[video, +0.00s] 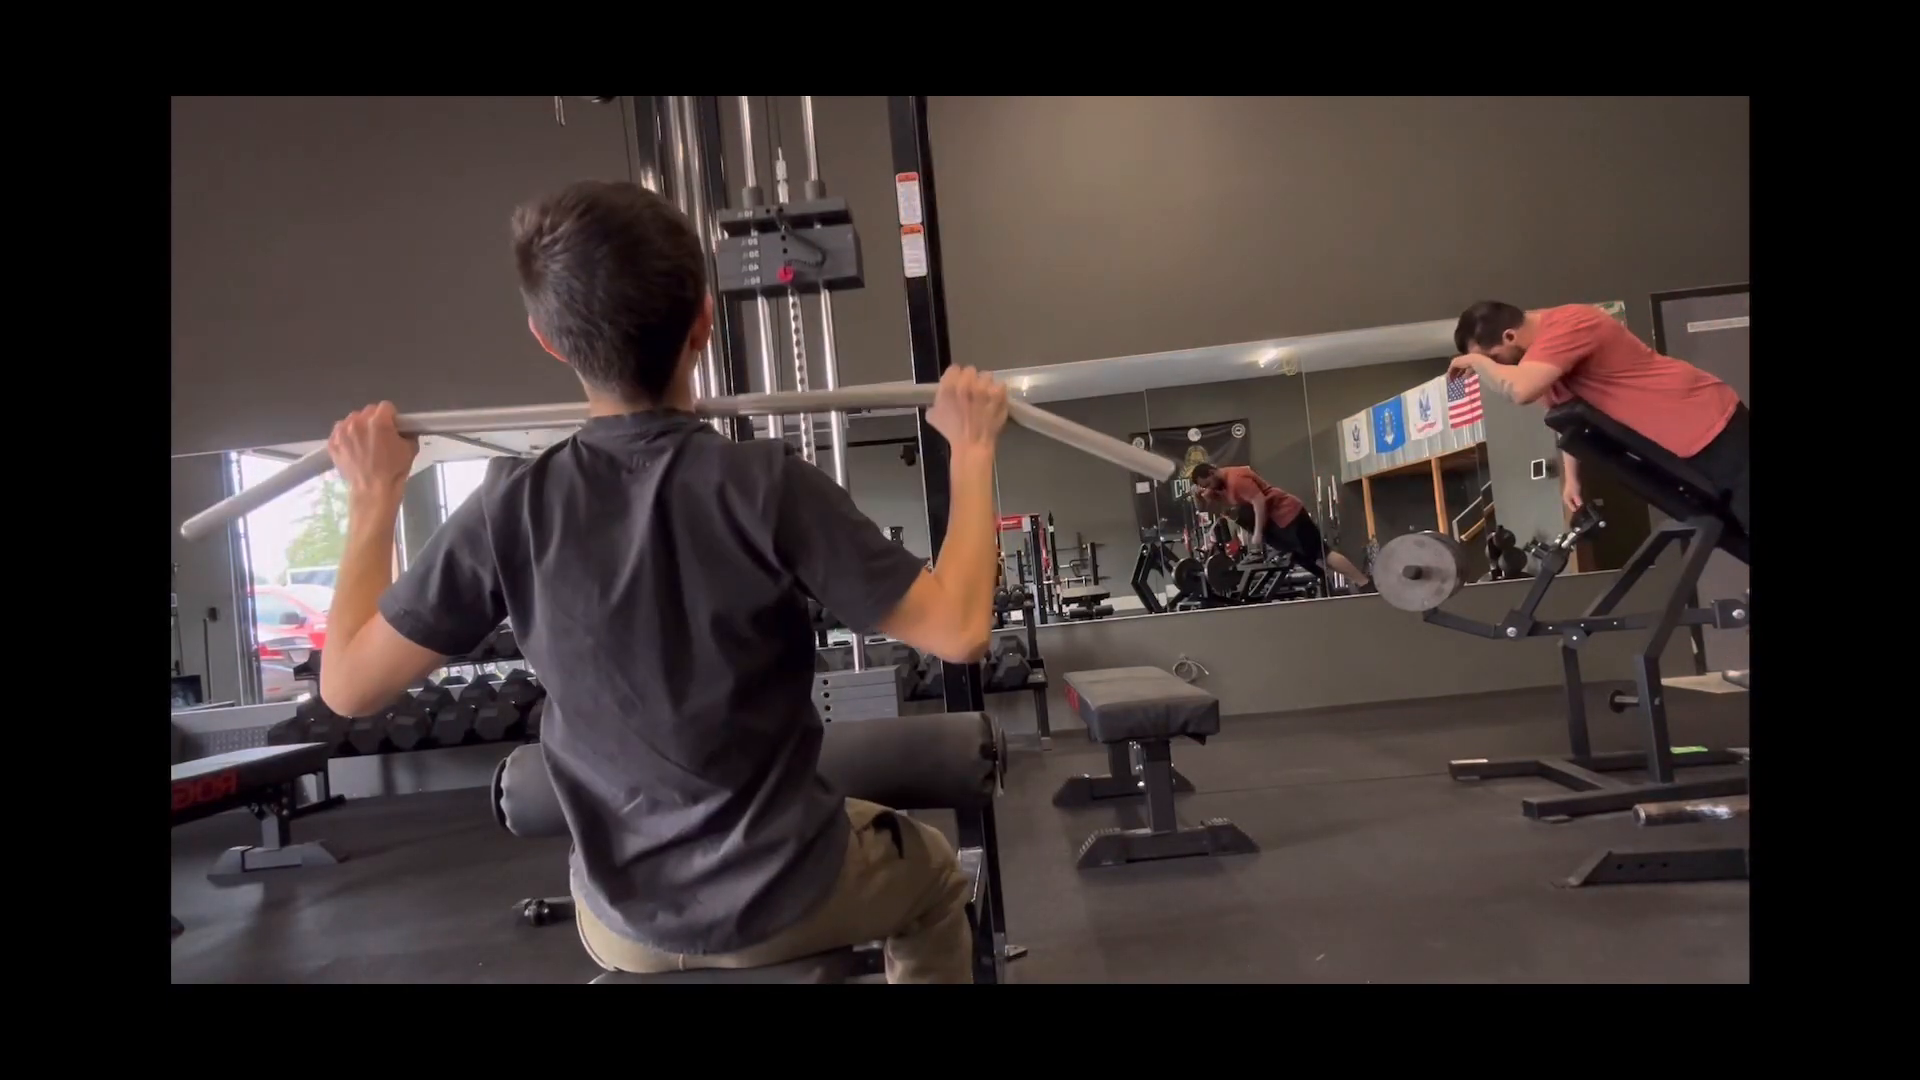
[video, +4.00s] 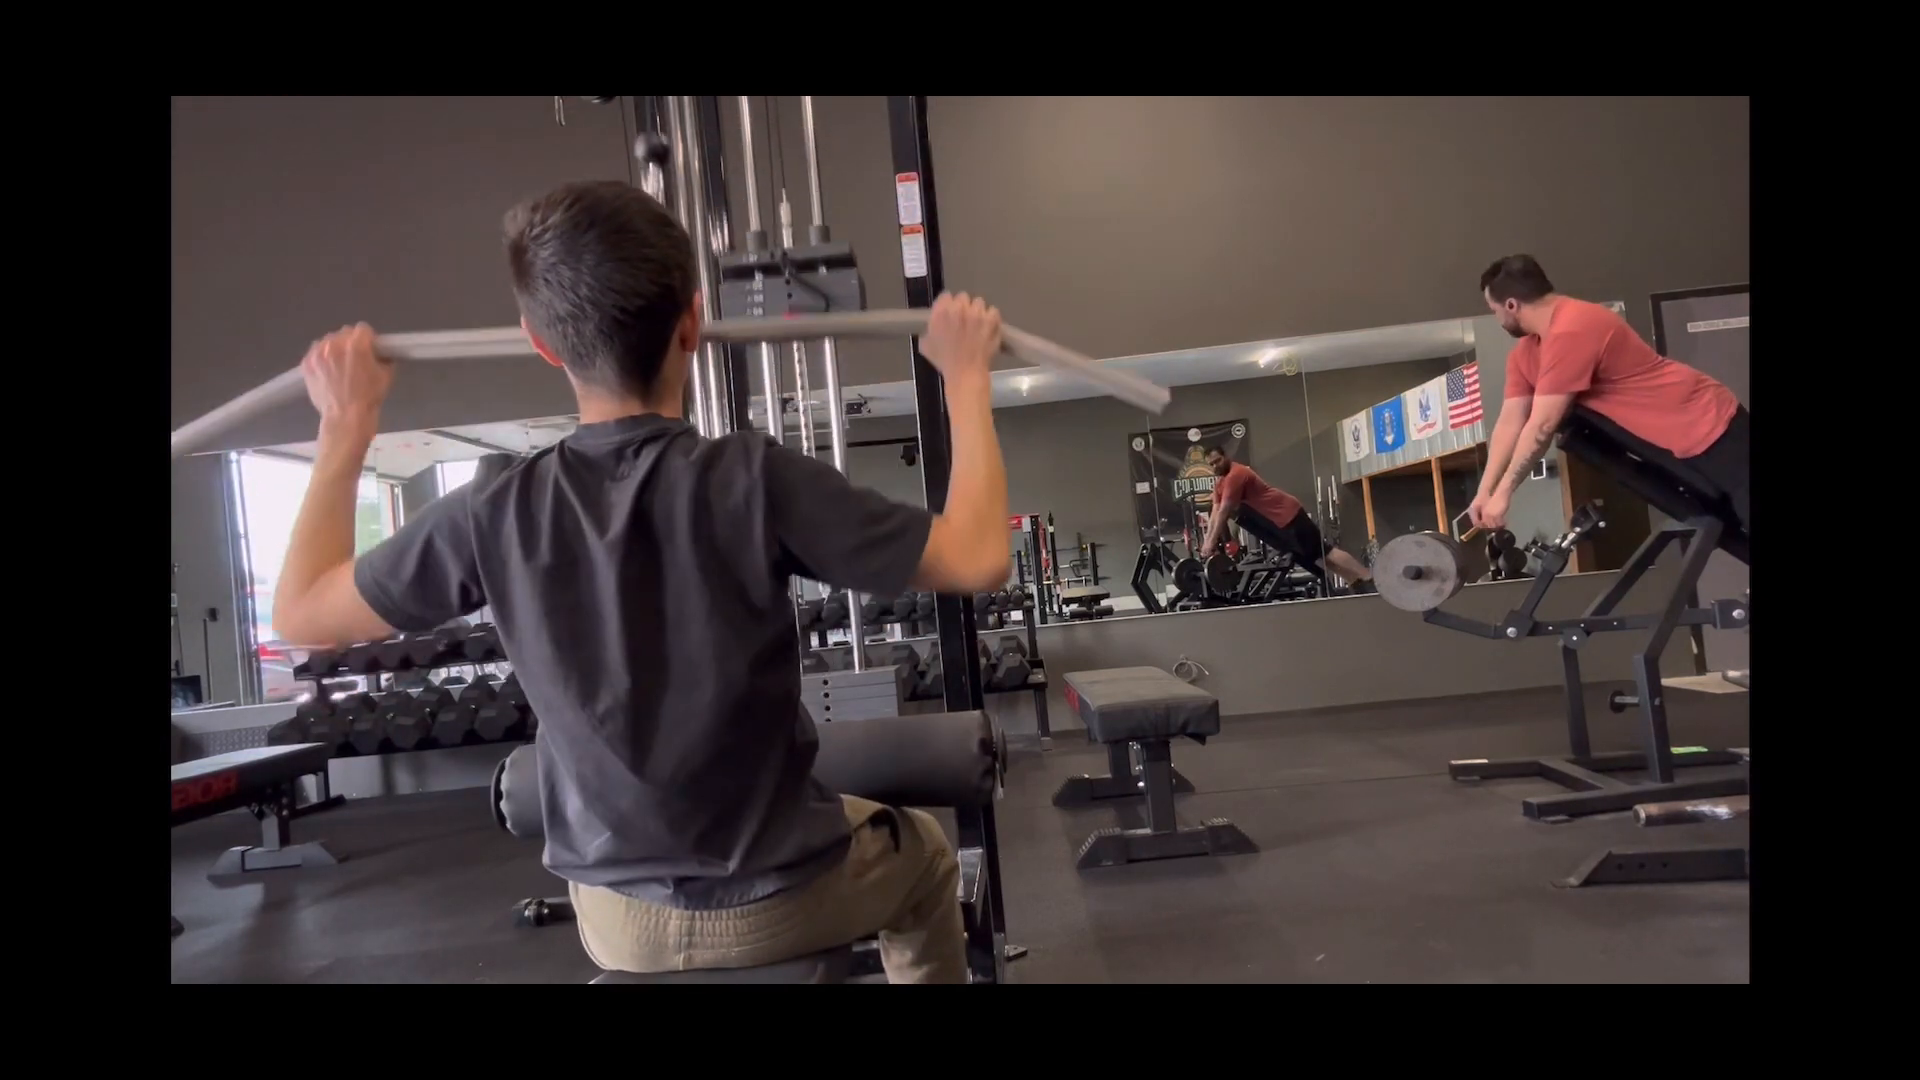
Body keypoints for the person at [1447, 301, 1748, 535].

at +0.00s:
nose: (1497, 365)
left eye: (1495, 358)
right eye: (1492, 361)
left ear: (1509, 337)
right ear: (1509, 331)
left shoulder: (1570, 323)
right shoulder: (1541, 355)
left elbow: (1521, 389)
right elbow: (1567, 421)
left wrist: (1479, 361)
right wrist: (1571, 480)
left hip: (1710, 422)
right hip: (1677, 444)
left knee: (1744, 522)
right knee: (1728, 530)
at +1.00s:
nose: (1502, 350)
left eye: (1499, 338)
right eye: (1493, 345)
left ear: (1518, 311)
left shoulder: (1587, 324)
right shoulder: (1530, 362)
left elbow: (1612, 402)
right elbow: (1555, 427)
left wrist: (1552, 453)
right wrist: (1562, 489)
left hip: (1706, 422)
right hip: (1660, 448)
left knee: (1745, 516)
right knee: (1729, 535)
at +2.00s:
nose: (1500, 305)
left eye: (1506, 292)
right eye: (1496, 297)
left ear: (1540, 283)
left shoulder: (1572, 320)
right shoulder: (1518, 352)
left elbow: (1535, 414)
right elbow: (1502, 416)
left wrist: (1494, 482)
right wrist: (1476, 484)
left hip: (1706, 421)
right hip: (1665, 446)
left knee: (1745, 520)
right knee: (1730, 531)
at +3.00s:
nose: (1504, 299)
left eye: (1511, 287)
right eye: (1502, 291)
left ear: (1545, 279)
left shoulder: (1576, 317)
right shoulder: (1520, 351)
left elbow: (1542, 412)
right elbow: (1505, 416)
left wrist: (1503, 479)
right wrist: (1482, 483)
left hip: (1708, 422)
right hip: (1667, 449)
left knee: (1745, 517)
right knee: (1732, 532)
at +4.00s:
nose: (1495, 318)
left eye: (1492, 309)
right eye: (1491, 310)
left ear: (1512, 304)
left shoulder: (1572, 325)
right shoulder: (1524, 352)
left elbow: (1542, 427)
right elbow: (1509, 421)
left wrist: (1504, 490)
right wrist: (1484, 490)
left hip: (1711, 423)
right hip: (1672, 446)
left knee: (1746, 523)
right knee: (1730, 532)